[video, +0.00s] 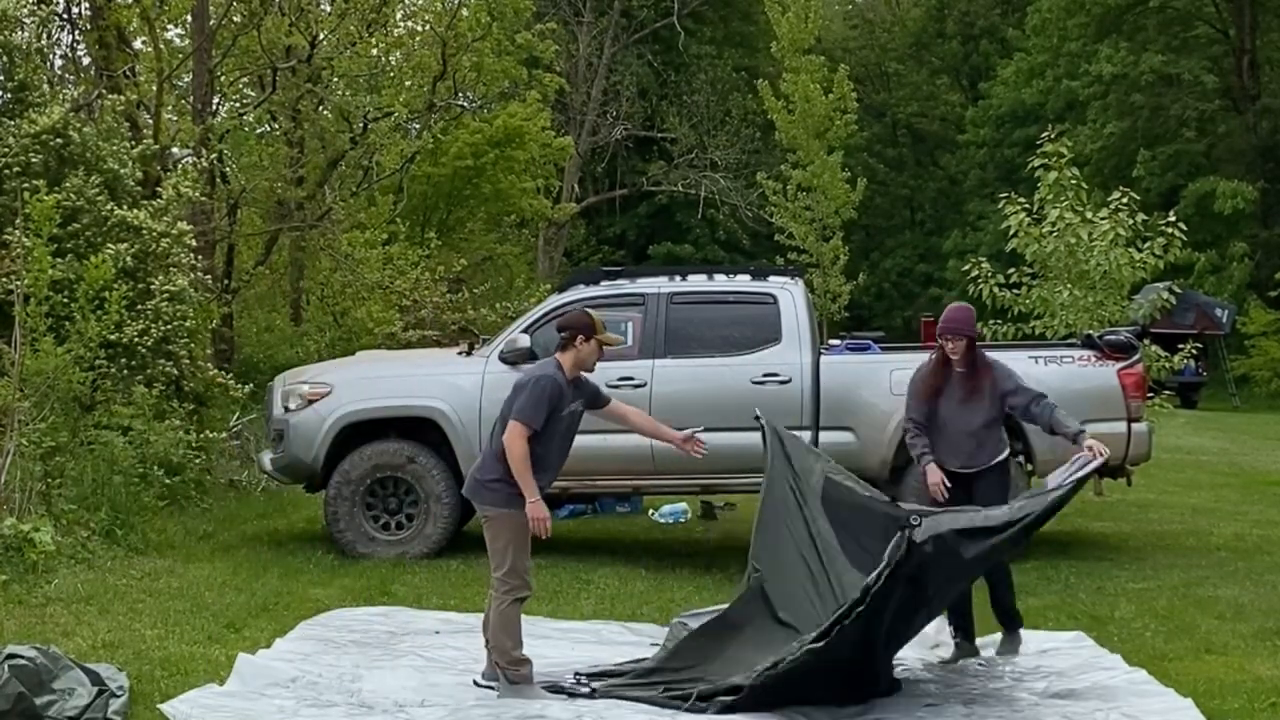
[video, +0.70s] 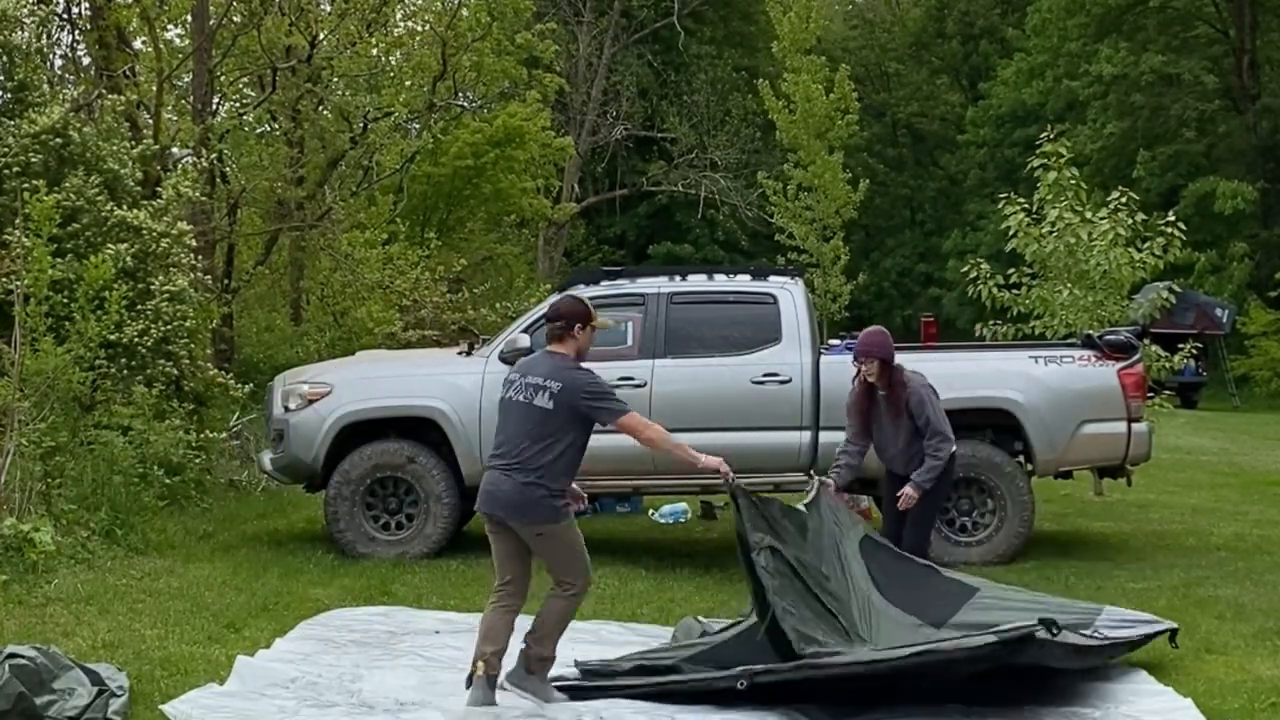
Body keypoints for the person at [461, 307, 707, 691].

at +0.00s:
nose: (601, 352)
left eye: (601, 345)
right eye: (598, 344)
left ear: (576, 344)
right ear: (579, 343)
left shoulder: (579, 385)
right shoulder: (542, 380)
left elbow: (623, 413)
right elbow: (514, 438)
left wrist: (673, 437)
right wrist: (532, 497)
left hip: (514, 494)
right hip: (500, 493)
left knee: (508, 584)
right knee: (511, 586)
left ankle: (496, 666)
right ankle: (513, 676)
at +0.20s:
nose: (612, 377)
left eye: (615, 370)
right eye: (612, 368)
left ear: (589, 360)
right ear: (594, 360)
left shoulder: (575, 399)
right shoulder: (557, 394)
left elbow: (604, 451)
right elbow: (530, 453)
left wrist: (643, 491)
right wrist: (540, 516)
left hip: (503, 493)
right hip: (498, 494)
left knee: (505, 582)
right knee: (517, 583)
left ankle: (496, 666)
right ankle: (514, 676)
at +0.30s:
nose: (628, 421)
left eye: (631, 415)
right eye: (628, 413)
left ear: (607, 403)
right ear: (612, 405)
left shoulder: (571, 425)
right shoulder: (573, 435)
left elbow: (562, 506)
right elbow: (558, 510)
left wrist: (578, 556)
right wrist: (571, 577)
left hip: (477, 492)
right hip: (490, 497)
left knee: (508, 583)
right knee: (531, 584)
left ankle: (496, 666)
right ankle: (517, 678)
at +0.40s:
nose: (635, 431)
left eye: (637, 424)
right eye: (634, 423)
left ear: (611, 412)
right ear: (618, 417)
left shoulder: (572, 421)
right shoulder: (581, 453)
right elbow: (585, 538)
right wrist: (591, 604)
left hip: (478, 496)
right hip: (496, 504)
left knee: (517, 584)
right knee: (547, 585)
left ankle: (498, 664)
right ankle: (520, 678)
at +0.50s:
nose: (636, 400)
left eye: (638, 393)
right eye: (635, 393)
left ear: (603, 384)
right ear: (616, 390)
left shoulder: (567, 396)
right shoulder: (588, 438)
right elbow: (586, 517)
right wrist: (597, 577)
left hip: (483, 487)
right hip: (509, 501)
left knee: (507, 575)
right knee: (544, 591)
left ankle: (480, 655)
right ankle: (519, 680)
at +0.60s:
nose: (607, 336)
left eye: (606, 330)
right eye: (605, 330)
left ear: (568, 332)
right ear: (591, 335)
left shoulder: (536, 361)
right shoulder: (586, 391)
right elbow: (599, 468)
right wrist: (642, 507)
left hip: (494, 485)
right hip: (533, 498)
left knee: (509, 572)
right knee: (538, 590)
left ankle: (464, 647)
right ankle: (518, 680)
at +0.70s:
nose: (592, 339)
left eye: (592, 332)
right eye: (591, 331)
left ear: (550, 331)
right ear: (578, 331)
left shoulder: (521, 369)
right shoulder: (579, 379)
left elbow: (518, 442)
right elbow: (645, 432)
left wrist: (558, 483)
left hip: (494, 493)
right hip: (536, 500)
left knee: (507, 589)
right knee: (573, 581)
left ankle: (481, 681)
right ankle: (529, 670)